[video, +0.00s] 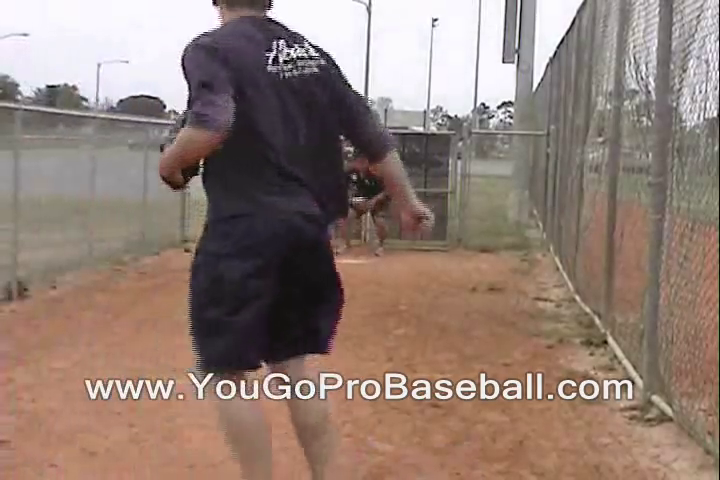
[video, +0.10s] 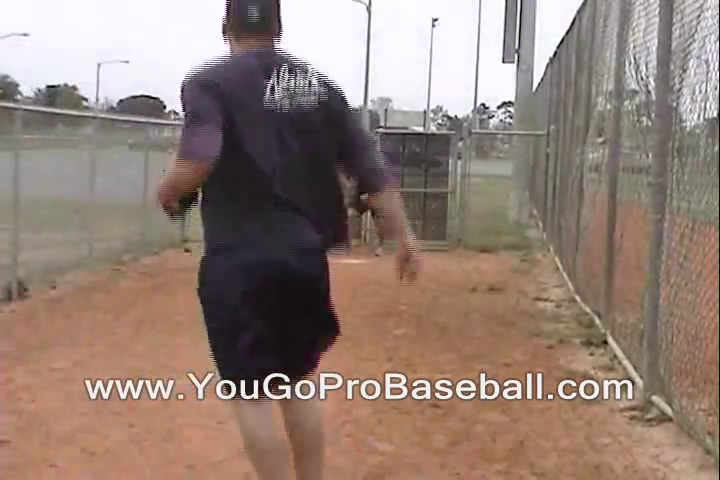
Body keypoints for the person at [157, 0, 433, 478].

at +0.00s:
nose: (213, 12)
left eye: (213, 8)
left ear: (219, 5)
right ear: (269, 5)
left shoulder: (212, 46)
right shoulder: (312, 54)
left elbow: (213, 124)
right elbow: (372, 135)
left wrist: (171, 161)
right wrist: (406, 199)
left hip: (241, 231)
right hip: (308, 232)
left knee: (226, 374)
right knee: (295, 360)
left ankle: (257, 472)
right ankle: (328, 471)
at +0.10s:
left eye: (228, 24)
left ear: (226, 29)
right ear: (278, 29)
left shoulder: (209, 80)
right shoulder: (320, 85)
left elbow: (200, 161)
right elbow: (373, 170)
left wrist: (169, 191)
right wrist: (403, 238)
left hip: (236, 262)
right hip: (305, 259)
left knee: (251, 398)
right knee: (301, 386)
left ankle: (281, 475)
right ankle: (311, 475)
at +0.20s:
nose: (231, 63)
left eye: (229, 57)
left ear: (229, 59)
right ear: (280, 62)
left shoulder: (204, 123)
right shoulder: (319, 122)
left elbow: (185, 212)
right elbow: (359, 214)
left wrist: (177, 236)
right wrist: (385, 281)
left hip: (239, 296)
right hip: (306, 294)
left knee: (245, 418)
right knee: (296, 412)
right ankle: (305, 474)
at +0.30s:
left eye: (231, 54)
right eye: (275, 53)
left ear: (226, 56)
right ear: (278, 57)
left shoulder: (198, 119)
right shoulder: (319, 118)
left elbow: (181, 213)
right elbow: (342, 215)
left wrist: (193, 236)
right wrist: (342, 280)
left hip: (229, 290)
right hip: (300, 289)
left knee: (195, 383)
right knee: (287, 402)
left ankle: (244, 472)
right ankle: (306, 473)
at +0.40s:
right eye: (266, 35)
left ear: (216, 39)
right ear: (267, 38)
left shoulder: (184, 98)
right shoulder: (309, 102)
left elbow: (161, 191)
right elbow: (327, 199)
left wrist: (194, 213)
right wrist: (324, 255)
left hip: (209, 279)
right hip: (283, 279)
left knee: (185, 389)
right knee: (290, 399)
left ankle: (190, 473)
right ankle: (311, 474)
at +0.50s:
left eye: (203, 31)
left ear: (201, 35)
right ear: (253, 35)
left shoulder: (167, 95)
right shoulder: (293, 99)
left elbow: (128, 182)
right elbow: (320, 190)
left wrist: (169, 197)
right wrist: (314, 246)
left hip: (193, 278)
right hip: (268, 279)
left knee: (161, 389)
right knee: (287, 397)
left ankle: (138, 473)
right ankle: (307, 475)